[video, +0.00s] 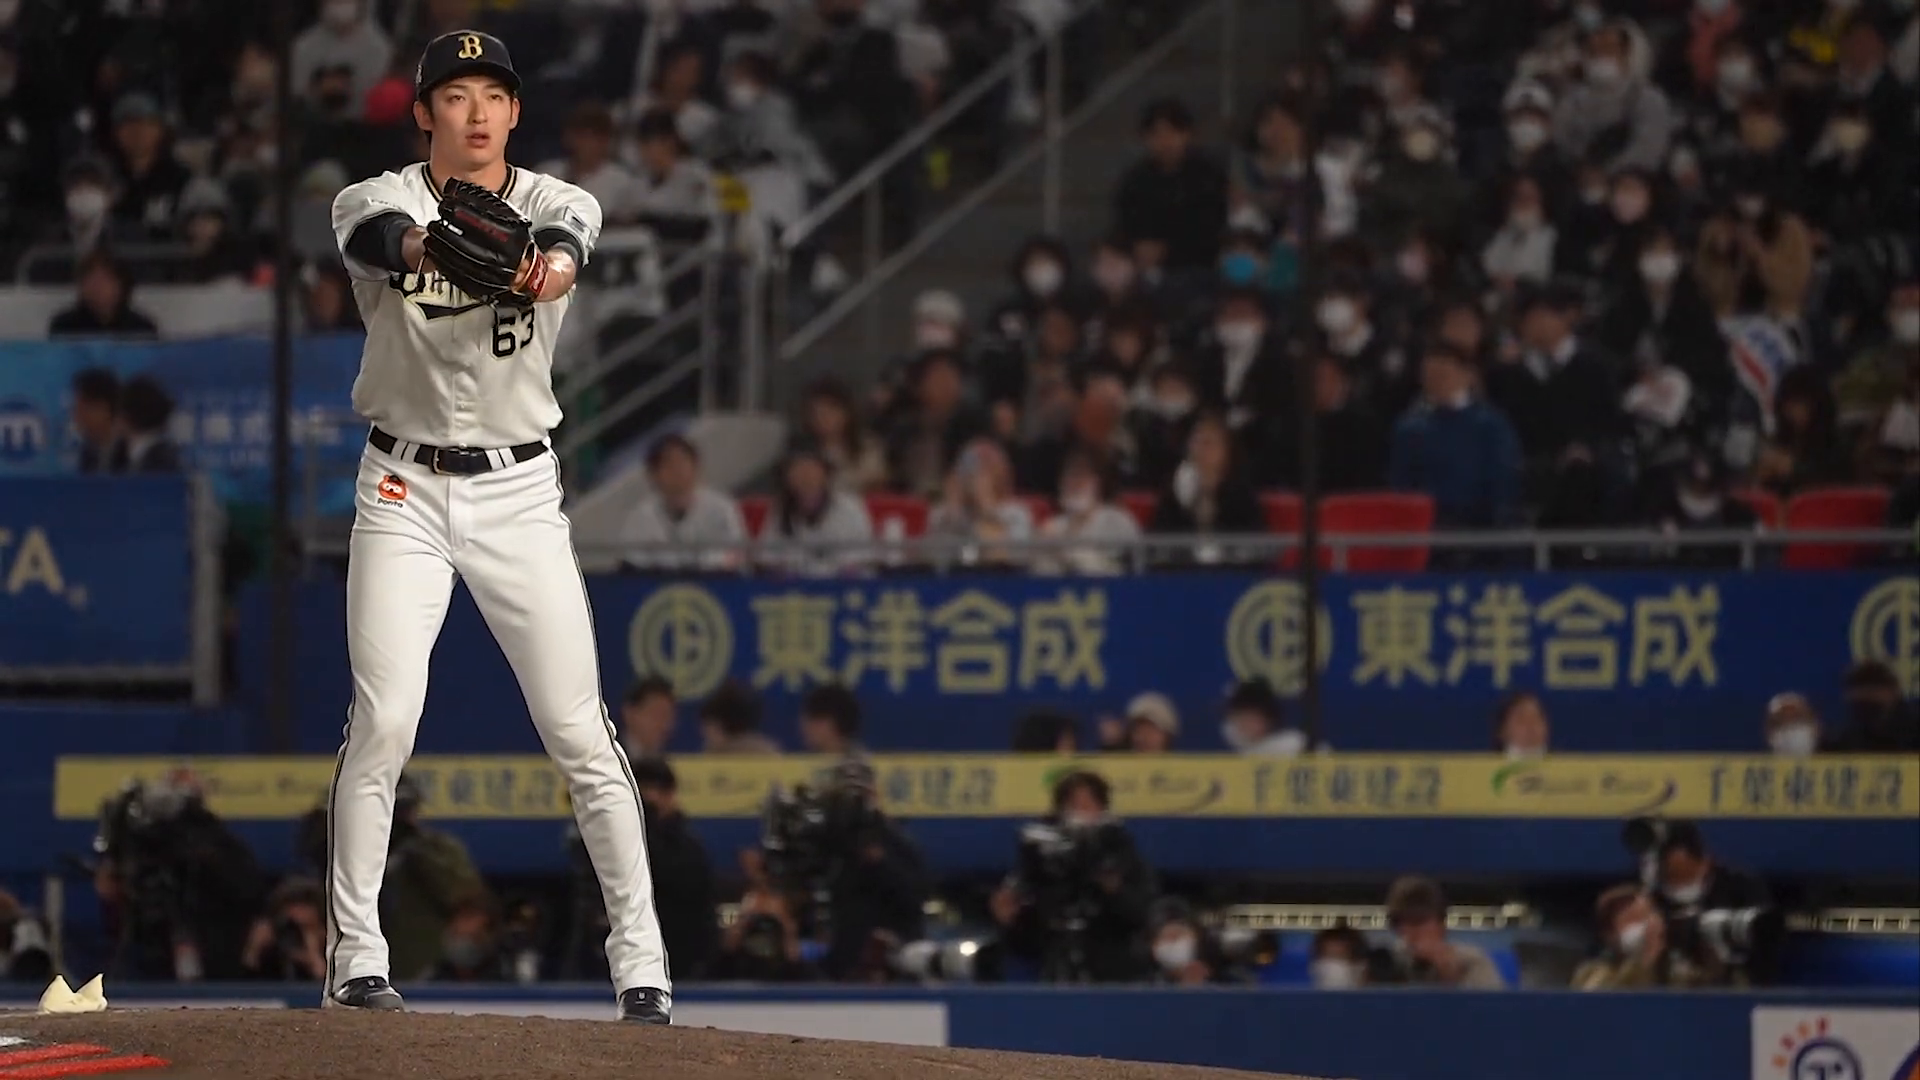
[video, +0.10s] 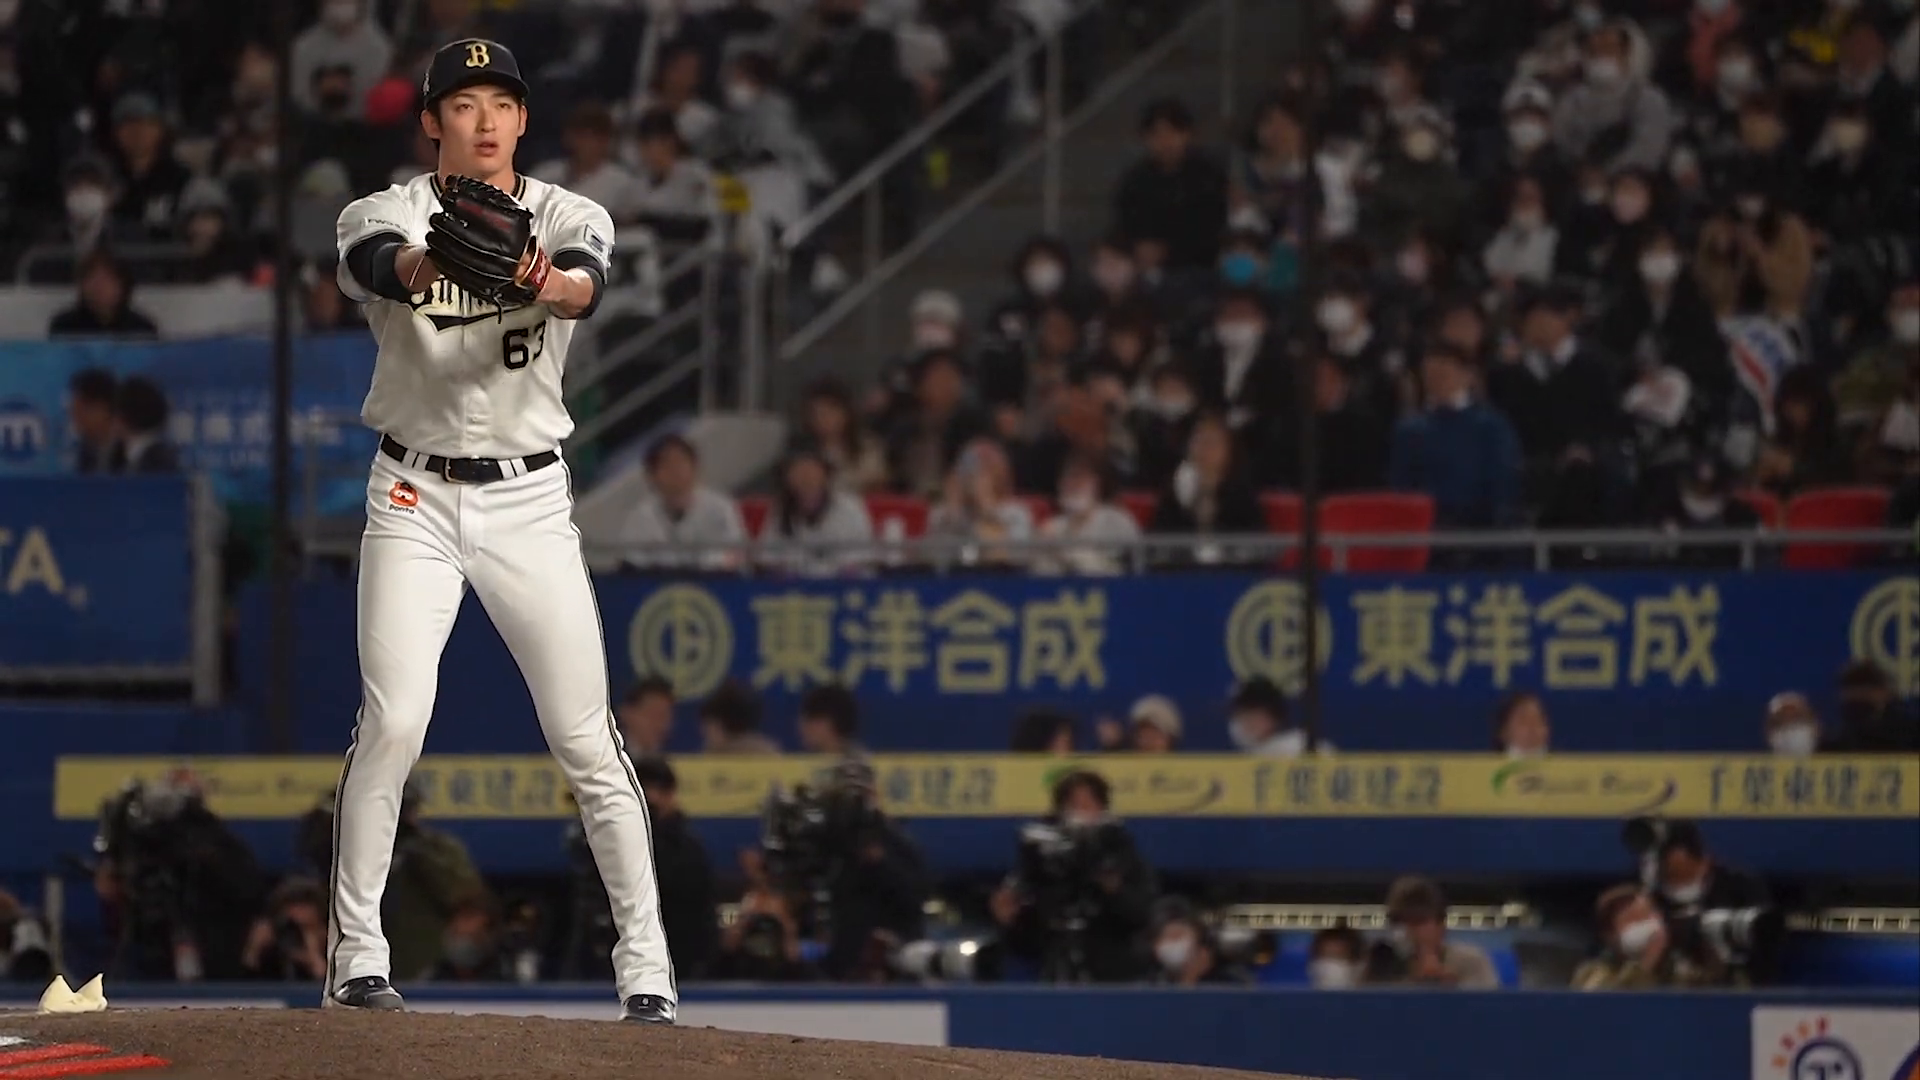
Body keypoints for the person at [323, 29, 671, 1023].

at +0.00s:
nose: (476, 115)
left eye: (491, 98)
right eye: (456, 99)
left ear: (515, 114)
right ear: (422, 117)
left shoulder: (556, 200)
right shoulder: (384, 196)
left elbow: (570, 234)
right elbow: (368, 231)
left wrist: (550, 260)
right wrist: (421, 246)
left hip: (519, 497)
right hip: (401, 495)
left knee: (581, 736)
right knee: (382, 723)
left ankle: (639, 963)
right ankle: (357, 960)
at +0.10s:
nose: (486, 123)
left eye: (501, 105)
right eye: (465, 107)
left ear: (524, 121)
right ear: (430, 126)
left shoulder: (571, 213)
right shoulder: (383, 211)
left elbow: (584, 284)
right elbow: (377, 258)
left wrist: (546, 283)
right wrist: (429, 267)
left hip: (530, 504)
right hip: (412, 500)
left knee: (586, 741)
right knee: (392, 724)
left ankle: (646, 970)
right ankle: (356, 961)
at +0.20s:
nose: (498, 129)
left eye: (513, 113)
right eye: (478, 114)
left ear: (536, 128)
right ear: (445, 131)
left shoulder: (585, 226)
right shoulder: (398, 228)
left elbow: (607, 319)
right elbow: (376, 305)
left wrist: (545, 275)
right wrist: (443, 270)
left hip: (546, 511)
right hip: (427, 505)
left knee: (592, 749)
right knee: (406, 724)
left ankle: (645, 976)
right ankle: (359, 961)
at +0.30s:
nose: (514, 130)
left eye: (528, 113)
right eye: (494, 115)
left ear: (549, 128)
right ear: (458, 132)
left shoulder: (601, 230)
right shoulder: (413, 231)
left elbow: (632, 337)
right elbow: (379, 330)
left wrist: (546, 271)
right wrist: (462, 264)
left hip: (561, 514)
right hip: (441, 507)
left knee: (604, 751)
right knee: (412, 722)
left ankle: (647, 974)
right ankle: (360, 955)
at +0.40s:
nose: (524, 133)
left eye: (539, 116)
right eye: (504, 116)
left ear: (561, 129)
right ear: (468, 130)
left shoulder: (610, 231)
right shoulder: (418, 229)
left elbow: (647, 346)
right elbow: (383, 338)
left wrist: (557, 274)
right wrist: (466, 267)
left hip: (566, 515)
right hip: (446, 507)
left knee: (605, 749)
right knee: (411, 720)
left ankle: (647, 973)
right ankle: (361, 952)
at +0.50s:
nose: (536, 137)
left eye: (549, 119)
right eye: (517, 119)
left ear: (569, 131)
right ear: (477, 129)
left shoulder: (613, 235)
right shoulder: (418, 228)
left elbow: (645, 351)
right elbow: (379, 340)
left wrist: (559, 271)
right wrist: (469, 261)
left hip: (561, 515)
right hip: (442, 507)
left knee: (603, 750)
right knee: (410, 724)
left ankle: (647, 977)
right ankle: (360, 959)